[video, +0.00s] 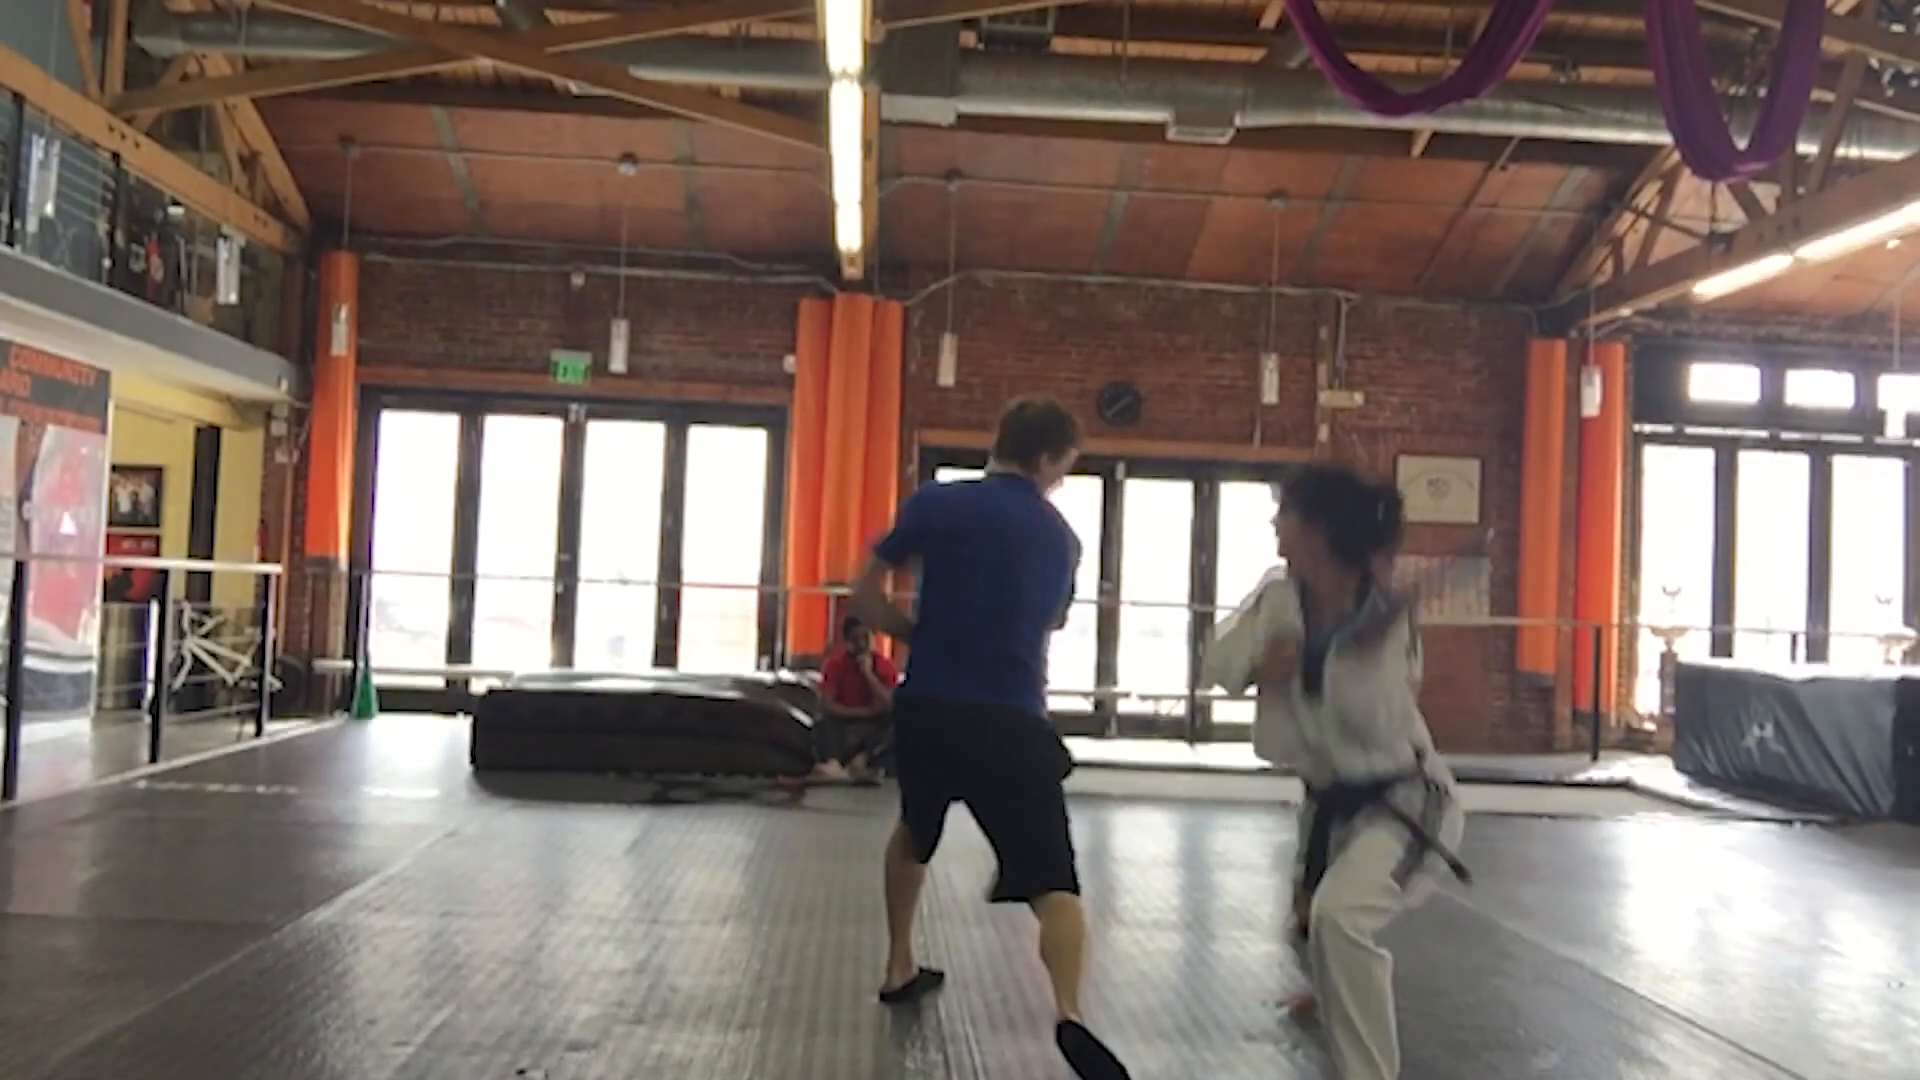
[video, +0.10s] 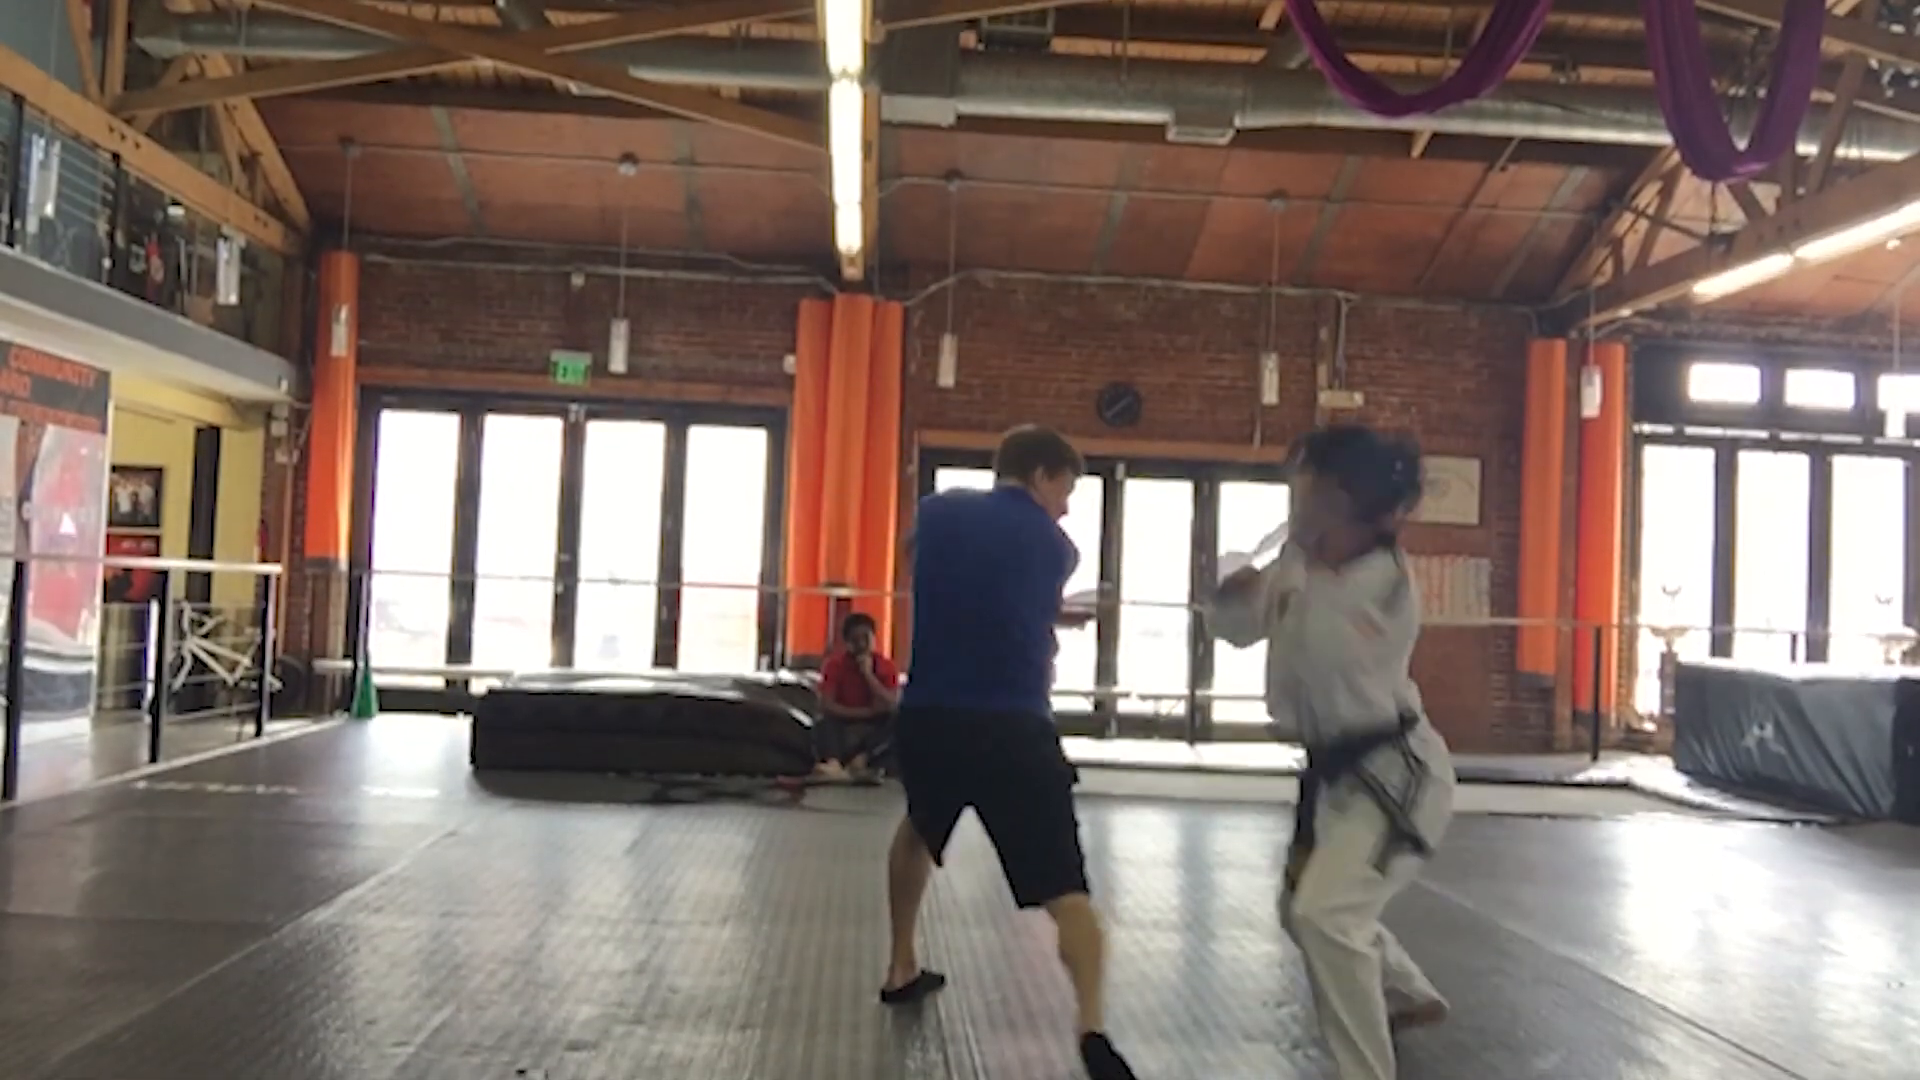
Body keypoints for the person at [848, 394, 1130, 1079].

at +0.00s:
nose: (1066, 474)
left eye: (1068, 462)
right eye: (1067, 462)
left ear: (1000, 448)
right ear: (1048, 459)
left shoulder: (938, 502)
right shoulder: (1059, 537)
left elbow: (865, 596)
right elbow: (1049, 621)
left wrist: (921, 633)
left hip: (927, 712)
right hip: (1012, 726)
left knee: (914, 828)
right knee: (1055, 886)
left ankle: (899, 969)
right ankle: (1070, 1017)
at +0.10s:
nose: (1067, 504)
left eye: (1070, 492)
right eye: (1066, 490)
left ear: (1003, 472)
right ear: (1041, 477)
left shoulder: (933, 511)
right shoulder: (1054, 544)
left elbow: (920, 584)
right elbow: (1035, 618)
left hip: (928, 724)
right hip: (1015, 734)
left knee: (921, 823)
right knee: (1066, 891)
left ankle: (900, 968)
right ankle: (1092, 1028)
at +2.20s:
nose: (1134, 446)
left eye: (1137, 435)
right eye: (1136, 434)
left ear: (1066, 415)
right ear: (1118, 428)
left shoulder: (1007, 455)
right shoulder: (1128, 501)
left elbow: (903, 488)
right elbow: (1203, 547)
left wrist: (803, 523)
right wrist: (1194, 571)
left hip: (986, 686)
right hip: (1074, 698)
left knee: (977, 804)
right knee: (1108, 879)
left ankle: (951, 951)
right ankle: (1123, 1062)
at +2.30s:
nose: (1123, 446)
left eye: (1125, 436)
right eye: (1124, 436)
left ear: (1055, 419)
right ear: (1105, 439)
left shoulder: (1012, 464)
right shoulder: (1101, 512)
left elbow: (955, 470)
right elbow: (1169, 539)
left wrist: (857, 471)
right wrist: (1177, 536)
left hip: (983, 696)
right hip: (1068, 700)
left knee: (977, 816)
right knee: (1111, 871)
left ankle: (974, 970)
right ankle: (1144, 1052)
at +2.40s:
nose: (1101, 459)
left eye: (1103, 450)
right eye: (1103, 449)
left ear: (1037, 421)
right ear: (1088, 446)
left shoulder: (993, 468)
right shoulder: (1085, 517)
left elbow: (946, 497)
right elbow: (1139, 572)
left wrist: (875, 531)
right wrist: (1124, 554)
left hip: (970, 697)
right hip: (1052, 706)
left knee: (965, 827)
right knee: (1106, 875)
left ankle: (972, 977)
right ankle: (1124, 1003)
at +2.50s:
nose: (1076, 443)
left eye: (1078, 434)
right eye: (1079, 433)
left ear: (1009, 412)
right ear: (1067, 427)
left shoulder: (950, 471)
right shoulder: (1084, 503)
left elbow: (896, 560)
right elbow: (1101, 600)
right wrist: (1044, 573)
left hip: (962, 693)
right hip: (1048, 699)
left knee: (965, 826)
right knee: (1082, 836)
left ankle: (970, 970)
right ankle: (1098, 963)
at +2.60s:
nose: (1058, 442)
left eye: (1058, 432)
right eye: (1057, 430)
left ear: (994, 412)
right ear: (1038, 418)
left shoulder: (937, 477)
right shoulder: (1066, 478)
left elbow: (895, 582)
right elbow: (1081, 560)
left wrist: (870, 639)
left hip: (965, 677)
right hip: (1049, 676)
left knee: (962, 815)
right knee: (1078, 762)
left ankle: (970, 956)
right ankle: (1083, 869)